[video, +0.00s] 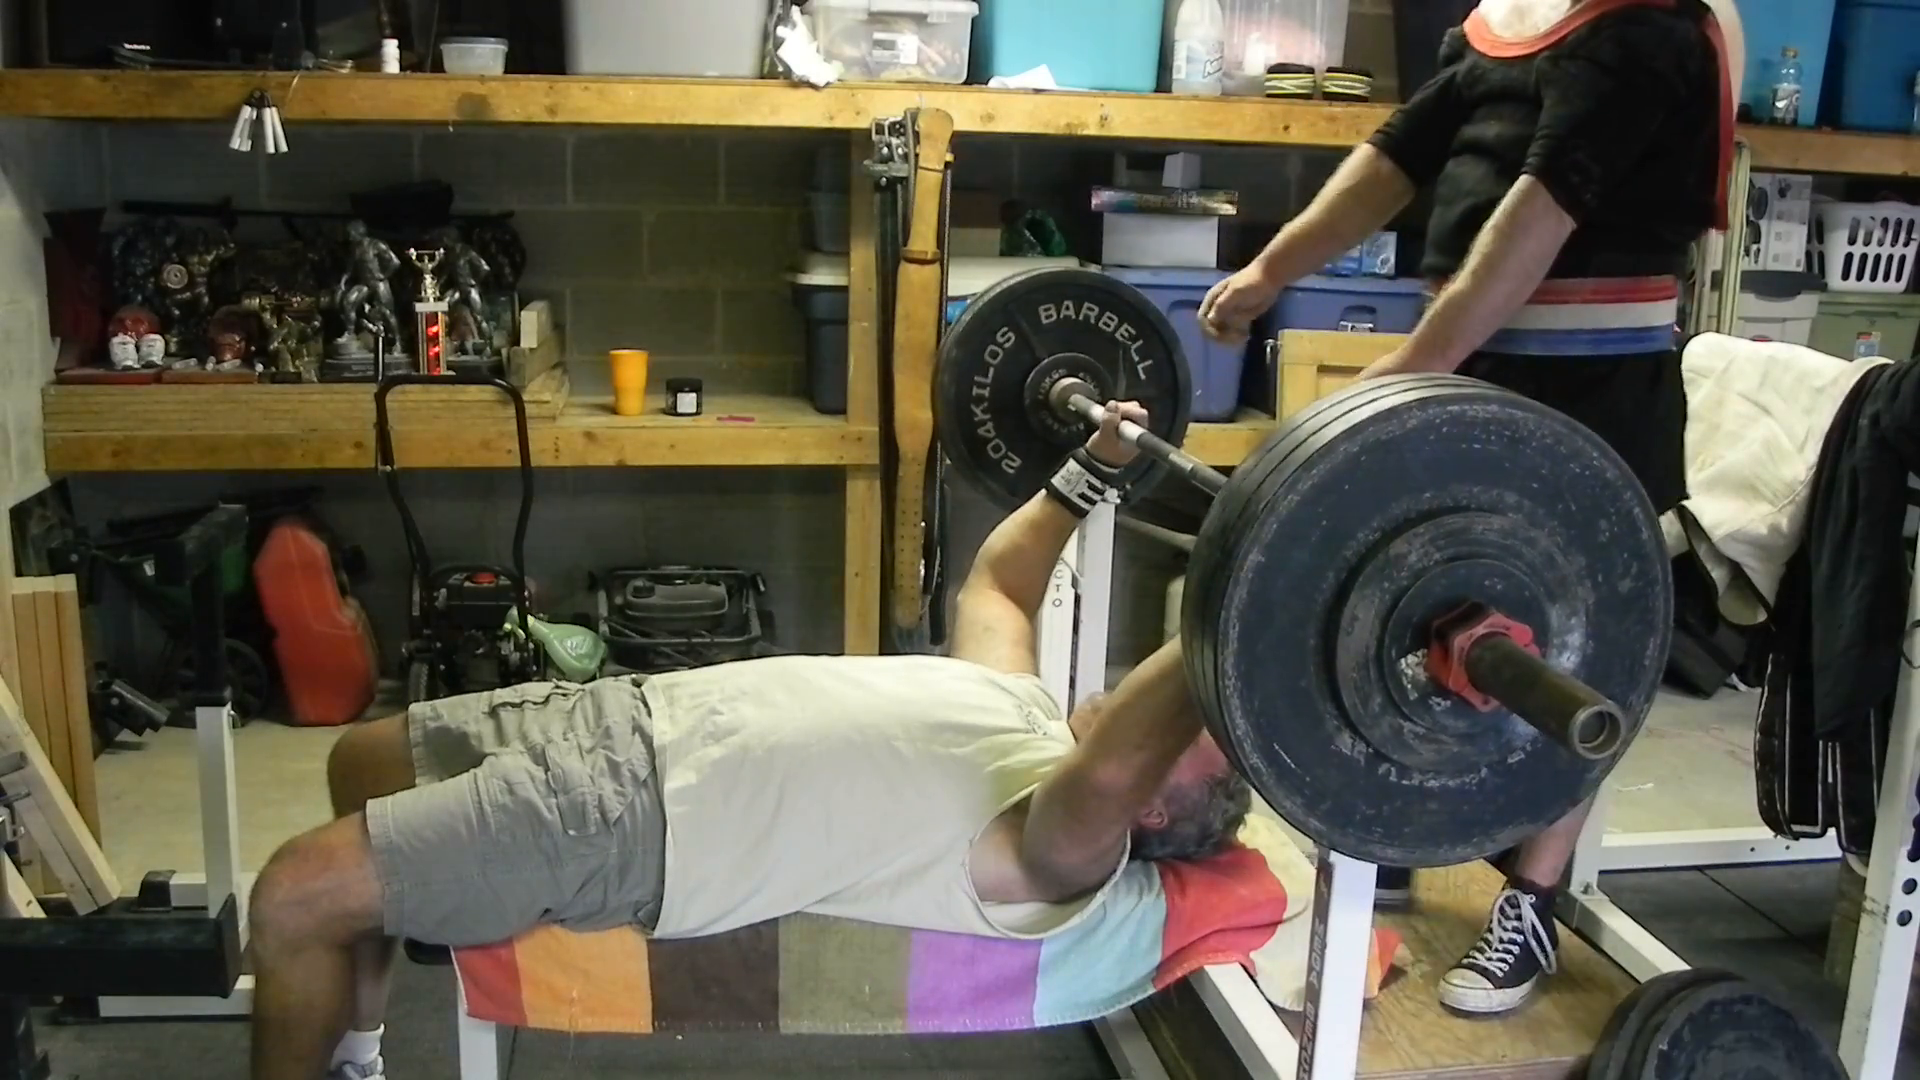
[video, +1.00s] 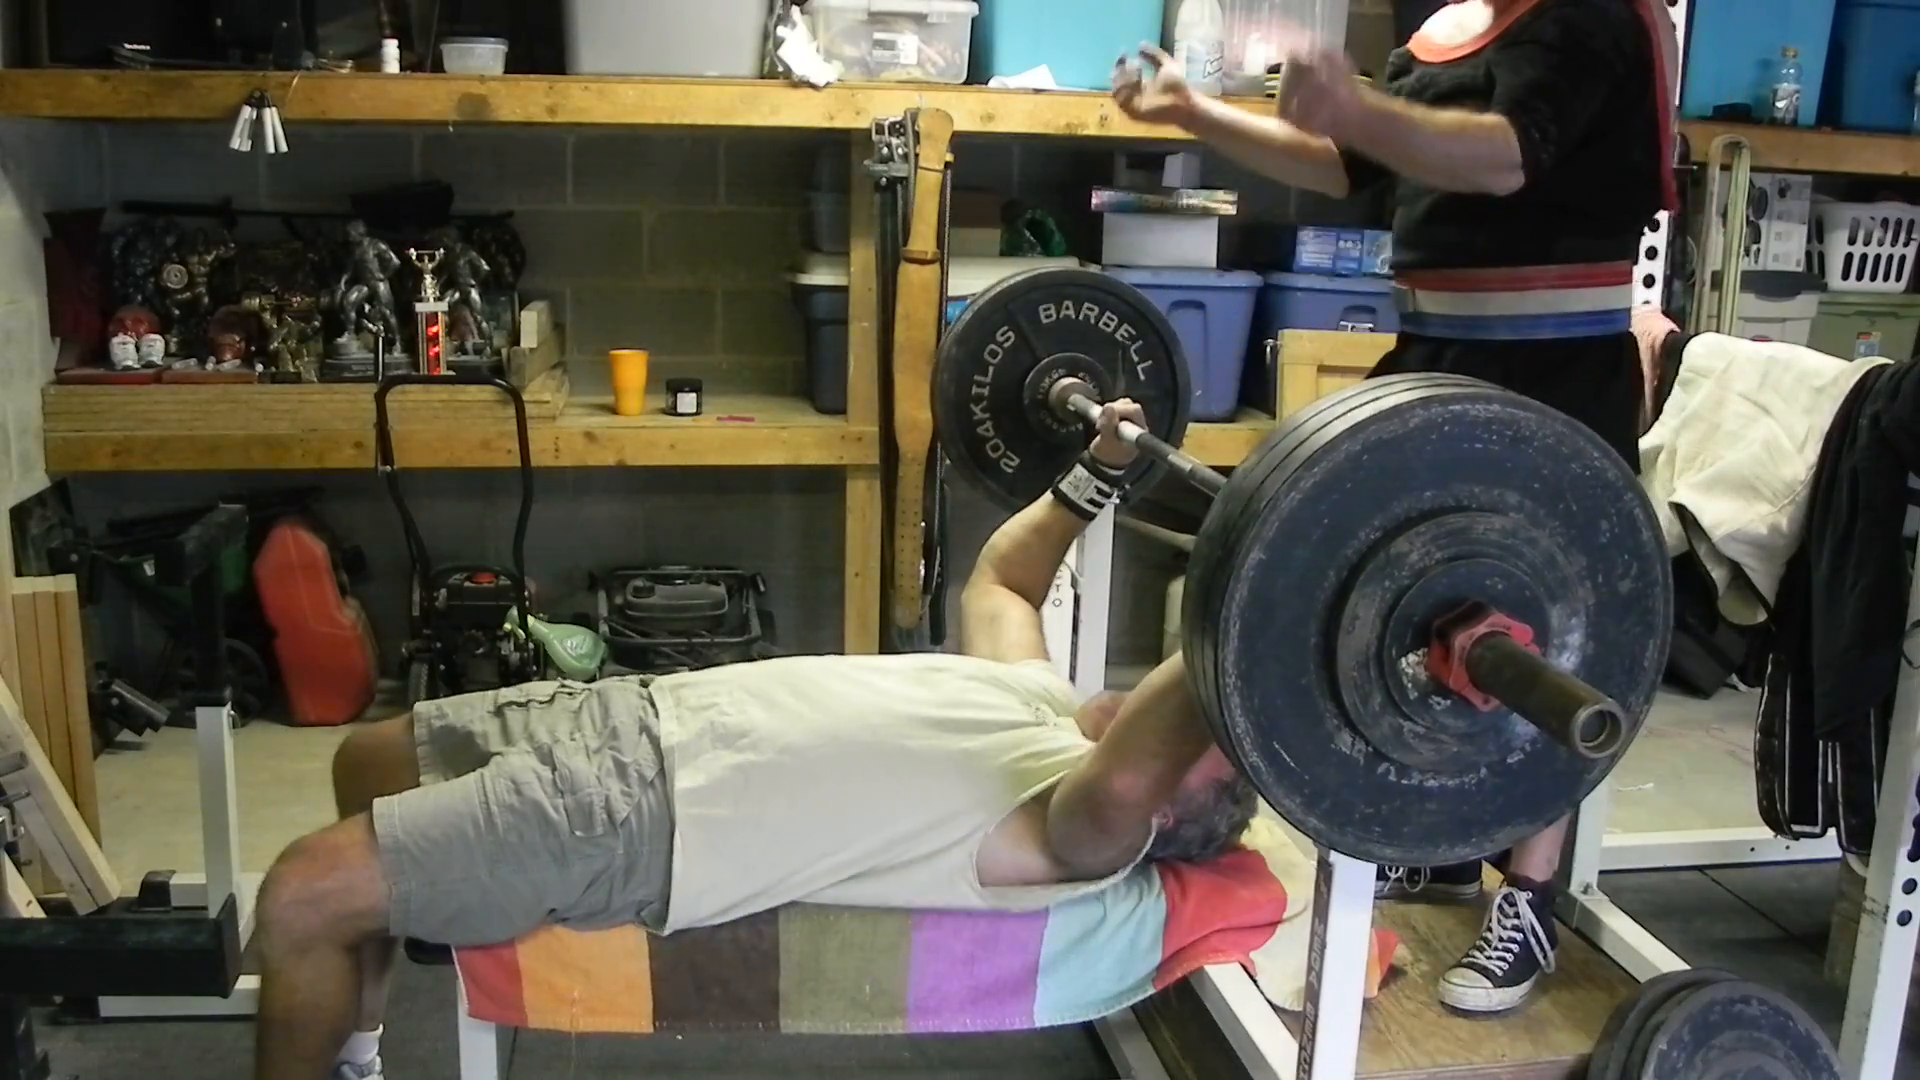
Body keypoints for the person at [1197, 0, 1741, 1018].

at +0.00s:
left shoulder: (1647, 29)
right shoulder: (1499, 27)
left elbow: (1529, 224)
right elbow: (1394, 156)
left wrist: (1394, 383)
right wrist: (1269, 270)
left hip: (1595, 387)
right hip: (1464, 372)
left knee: (1568, 638)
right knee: (1410, 607)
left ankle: (1529, 900)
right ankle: (1378, 839)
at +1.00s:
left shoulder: (1590, 19)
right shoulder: (1440, 29)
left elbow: (1509, 152)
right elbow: (1345, 166)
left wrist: (1352, 111)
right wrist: (1193, 112)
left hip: (1562, 376)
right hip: (1439, 362)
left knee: (1546, 633)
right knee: (1419, 604)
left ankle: (1529, 893)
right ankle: (1438, 832)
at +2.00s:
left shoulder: (1583, 16)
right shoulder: (1436, 42)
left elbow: (1500, 141)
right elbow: (1324, 161)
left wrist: (1356, 42)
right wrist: (1231, 36)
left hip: (1537, 370)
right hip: (1410, 359)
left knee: (1518, 629)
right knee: (1384, 606)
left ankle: (1526, 888)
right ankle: (1421, 833)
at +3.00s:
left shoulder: (1651, 20)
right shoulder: (1508, 16)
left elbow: (1538, 161)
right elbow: (1412, 149)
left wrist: (1377, 69)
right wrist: (1332, 54)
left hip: (1600, 376)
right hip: (1482, 364)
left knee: (1581, 645)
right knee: (1450, 613)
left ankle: (1539, 911)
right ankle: (1445, 843)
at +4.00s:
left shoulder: (1660, 30)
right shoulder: (1536, 18)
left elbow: (1530, 183)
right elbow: (1441, 113)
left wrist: (1361, 91)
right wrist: (1353, 51)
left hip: (1602, 384)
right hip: (1487, 367)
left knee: (1576, 651)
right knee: (1453, 614)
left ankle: (1535, 917)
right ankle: (1452, 847)